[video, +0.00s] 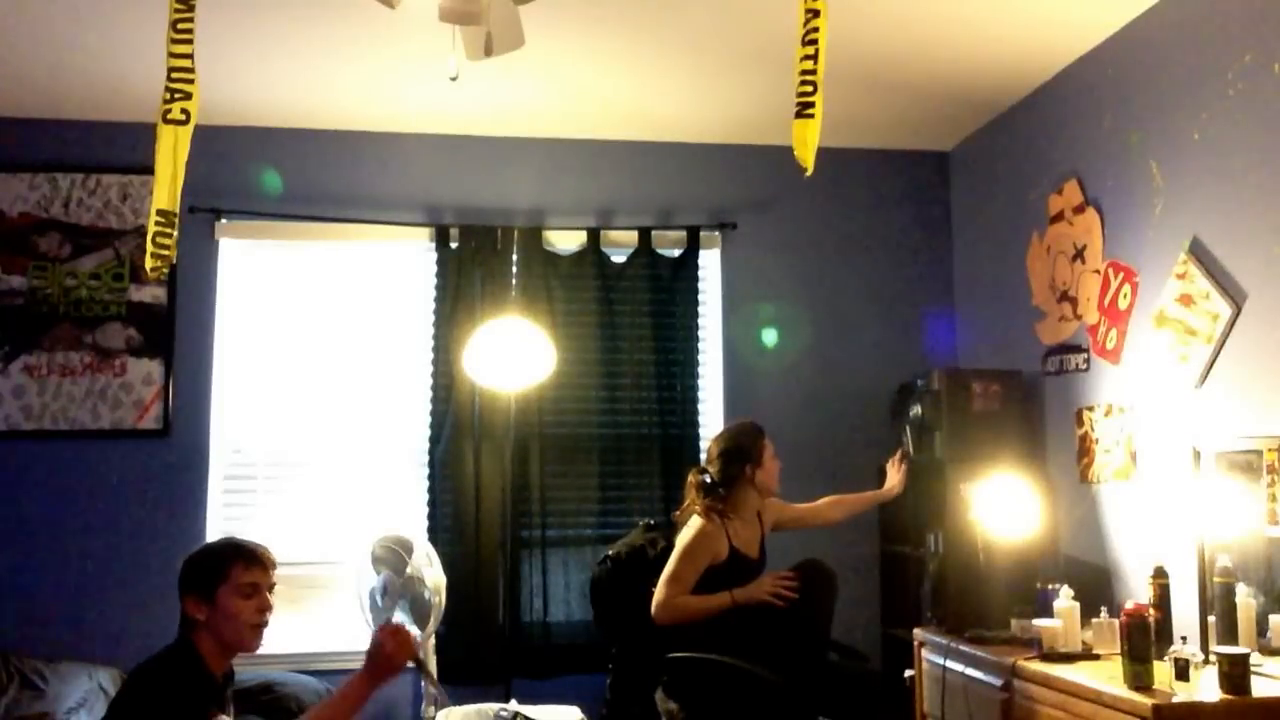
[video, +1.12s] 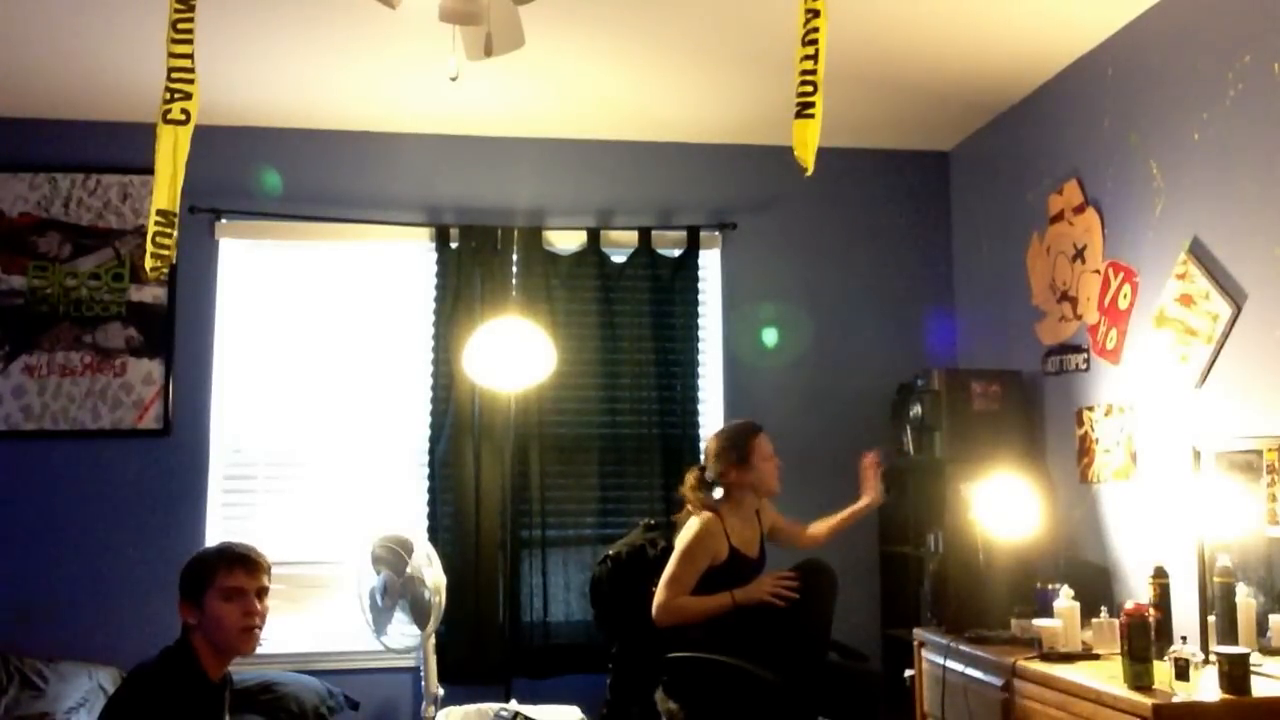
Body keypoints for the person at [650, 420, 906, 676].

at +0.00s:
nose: (779, 464)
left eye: (775, 456)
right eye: (772, 458)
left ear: (750, 473)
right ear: (750, 471)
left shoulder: (763, 511)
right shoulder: (705, 529)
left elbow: (824, 511)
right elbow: (663, 609)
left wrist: (886, 492)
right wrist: (743, 595)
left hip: (732, 639)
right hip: (693, 654)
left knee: (814, 575)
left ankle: (806, 687)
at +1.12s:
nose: (779, 464)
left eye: (774, 456)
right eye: (769, 458)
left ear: (738, 474)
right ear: (735, 474)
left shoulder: (758, 511)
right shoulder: (704, 528)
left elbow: (809, 537)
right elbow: (664, 610)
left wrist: (867, 502)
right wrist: (744, 595)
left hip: (731, 636)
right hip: (694, 651)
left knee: (816, 575)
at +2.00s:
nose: (740, 488)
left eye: (751, 478)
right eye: (731, 478)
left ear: (768, 483)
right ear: (717, 479)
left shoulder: (760, 528)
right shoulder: (700, 527)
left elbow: (764, 607)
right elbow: (661, 614)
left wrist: (795, 665)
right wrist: (740, 596)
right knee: (811, 574)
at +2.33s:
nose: (742, 490)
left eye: (753, 480)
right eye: (733, 479)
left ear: (771, 484)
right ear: (719, 479)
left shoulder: (758, 530)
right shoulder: (701, 527)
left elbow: (769, 607)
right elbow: (662, 615)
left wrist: (796, 666)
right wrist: (740, 596)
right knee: (812, 575)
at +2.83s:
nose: (743, 491)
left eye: (754, 481)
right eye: (734, 480)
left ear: (771, 485)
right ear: (719, 479)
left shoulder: (758, 527)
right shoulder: (700, 528)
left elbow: (766, 603)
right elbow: (662, 617)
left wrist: (795, 665)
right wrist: (739, 597)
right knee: (811, 575)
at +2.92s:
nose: (743, 491)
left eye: (755, 482)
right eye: (734, 480)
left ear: (771, 485)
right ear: (719, 479)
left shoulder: (757, 528)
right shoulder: (700, 528)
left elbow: (766, 604)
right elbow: (662, 617)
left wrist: (796, 665)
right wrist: (739, 597)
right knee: (812, 575)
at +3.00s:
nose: (744, 491)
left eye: (755, 482)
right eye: (735, 481)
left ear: (771, 484)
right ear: (719, 479)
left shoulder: (758, 527)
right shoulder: (700, 528)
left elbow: (767, 603)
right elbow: (662, 617)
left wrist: (795, 665)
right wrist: (739, 597)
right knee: (812, 575)